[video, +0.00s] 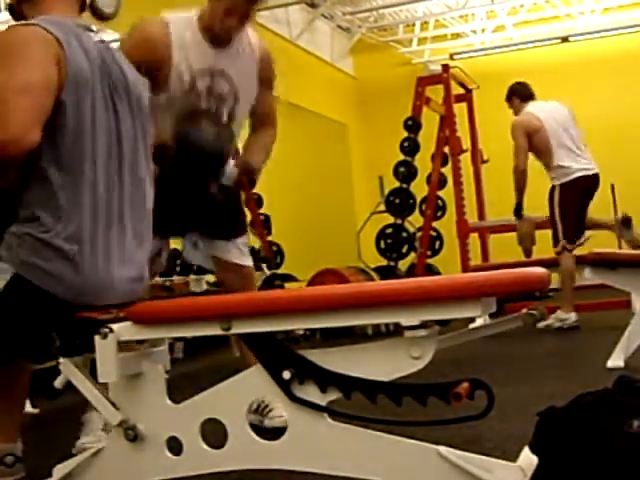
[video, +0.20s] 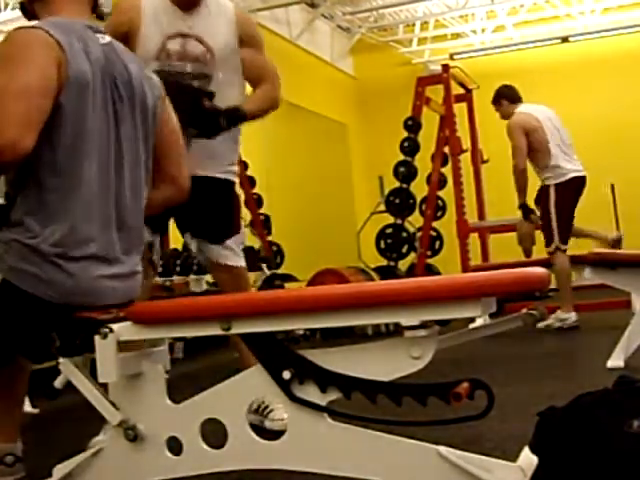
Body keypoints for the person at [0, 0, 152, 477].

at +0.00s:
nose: (14, 8)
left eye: (15, 5)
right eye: (17, 7)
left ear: (22, 2)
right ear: (82, 5)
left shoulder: (31, 38)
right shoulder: (126, 69)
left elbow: (16, 135)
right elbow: (143, 161)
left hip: (53, 269)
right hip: (127, 272)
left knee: (9, 354)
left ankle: (8, 452)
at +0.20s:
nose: (22, 10)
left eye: (24, 7)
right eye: (24, 8)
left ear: (32, 4)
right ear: (95, 6)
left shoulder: (35, 42)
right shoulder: (142, 74)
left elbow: (13, 141)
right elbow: (176, 183)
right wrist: (114, 209)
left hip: (39, 276)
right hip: (118, 283)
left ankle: (8, 451)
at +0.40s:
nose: (34, 8)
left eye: (36, 5)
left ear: (44, 3)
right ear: (107, 3)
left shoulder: (37, 42)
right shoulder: (152, 72)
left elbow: (10, 143)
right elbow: (194, 175)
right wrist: (125, 198)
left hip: (38, 280)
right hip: (121, 286)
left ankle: (8, 450)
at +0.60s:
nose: (40, 9)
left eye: (41, 6)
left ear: (47, 2)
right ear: (108, 4)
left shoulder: (37, 43)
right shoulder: (158, 70)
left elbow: (9, 143)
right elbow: (196, 175)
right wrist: (130, 178)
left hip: (39, 281)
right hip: (122, 286)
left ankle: (9, 451)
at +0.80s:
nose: (45, 12)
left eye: (44, 8)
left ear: (50, 4)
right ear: (106, 6)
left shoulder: (40, 43)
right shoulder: (155, 70)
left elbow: (9, 147)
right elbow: (194, 176)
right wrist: (133, 156)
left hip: (40, 278)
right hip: (122, 284)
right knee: (33, 344)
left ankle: (13, 444)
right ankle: (13, 442)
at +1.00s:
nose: (38, 10)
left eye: (40, 7)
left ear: (45, 3)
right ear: (105, 5)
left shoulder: (41, 46)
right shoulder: (154, 74)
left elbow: (11, 147)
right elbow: (194, 175)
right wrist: (130, 159)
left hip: (40, 283)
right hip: (125, 289)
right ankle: (37, 436)